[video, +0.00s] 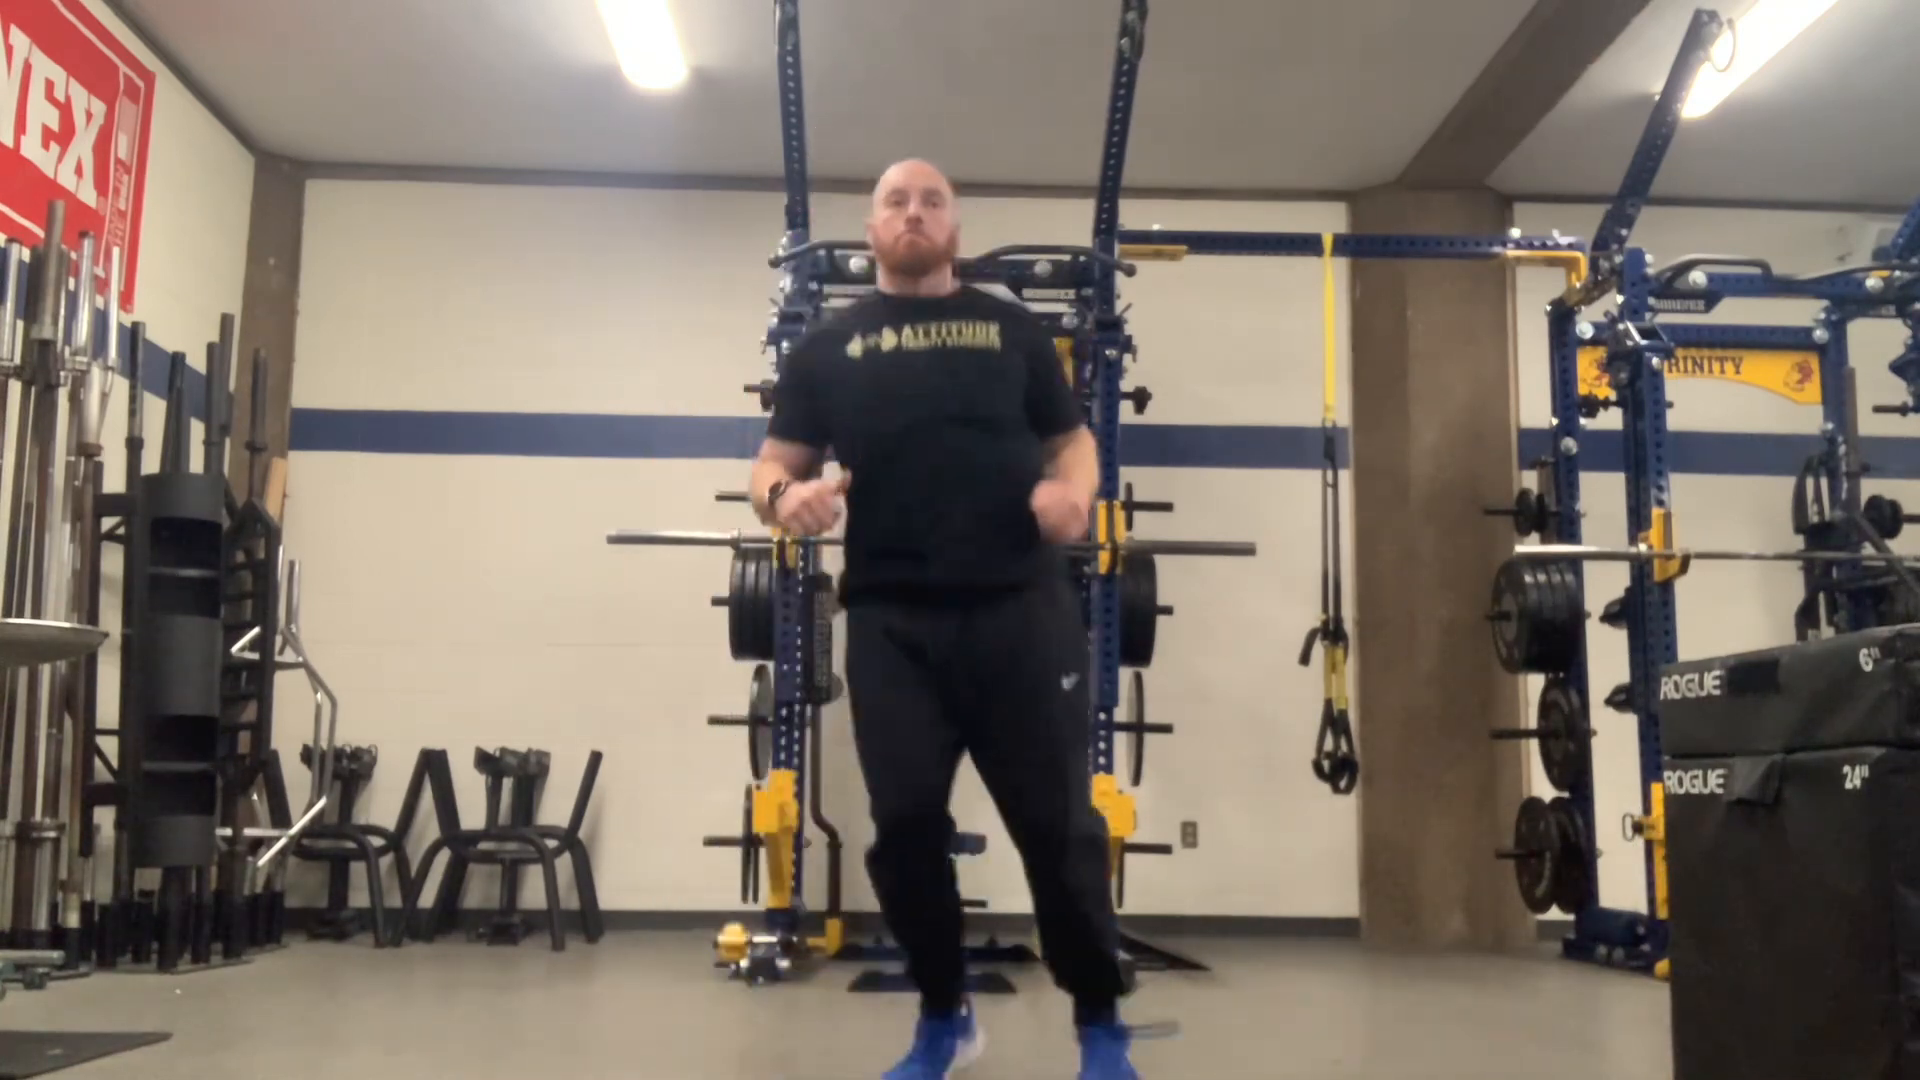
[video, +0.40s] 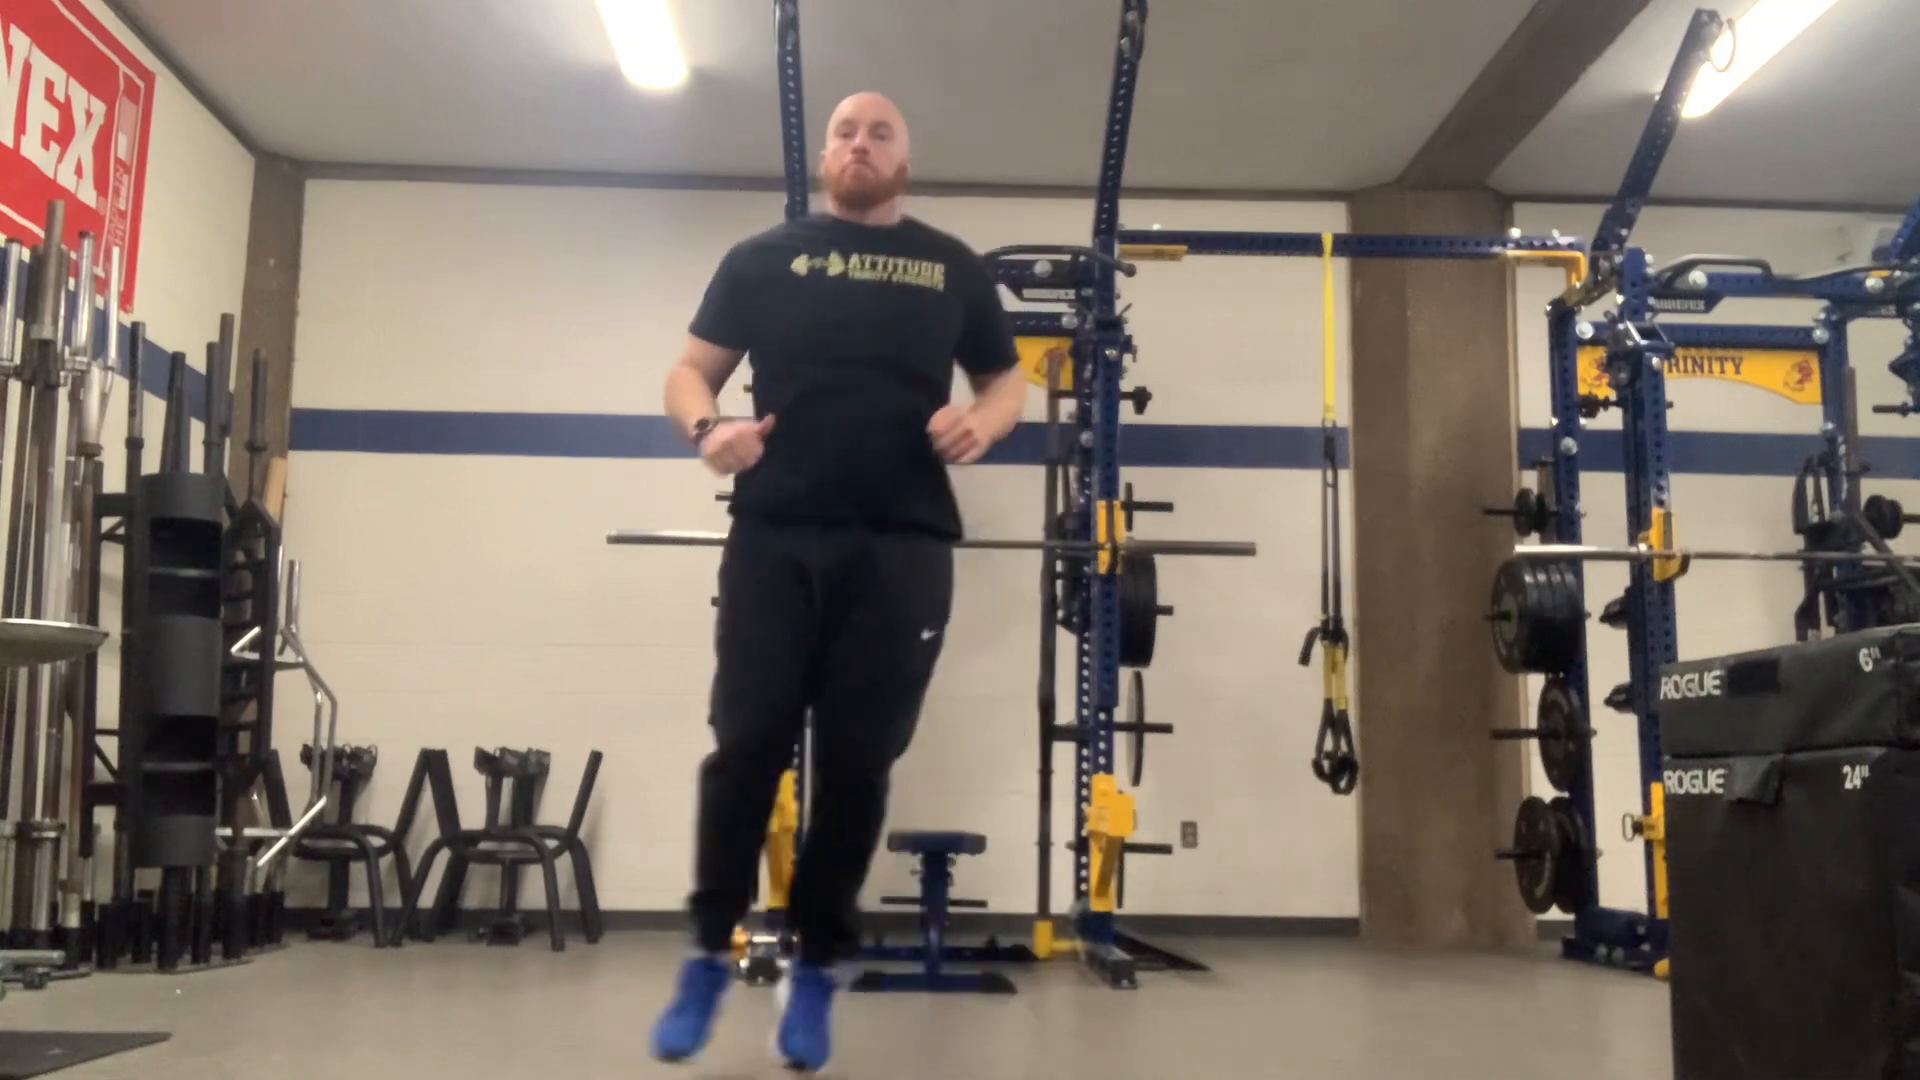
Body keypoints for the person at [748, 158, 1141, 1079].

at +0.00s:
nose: (913, 216)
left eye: (930, 204)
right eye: (896, 203)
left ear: (957, 230)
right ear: (868, 229)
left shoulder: (1014, 330)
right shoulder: (824, 349)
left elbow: (1074, 441)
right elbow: (773, 470)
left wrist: (1070, 484)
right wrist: (787, 497)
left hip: (1018, 616)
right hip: (891, 624)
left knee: (1057, 830)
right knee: (904, 830)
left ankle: (1099, 1030)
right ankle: (944, 1021)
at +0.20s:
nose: (914, 152)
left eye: (932, 142)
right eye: (898, 141)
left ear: (960, 174)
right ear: (870, 171)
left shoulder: (1000, 282)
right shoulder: (808, 271)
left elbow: (1055, 400)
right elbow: (744, 392)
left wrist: (1048, 432)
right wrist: (792, 407)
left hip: (965, 572)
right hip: (839, 573)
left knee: (1012, 785)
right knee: (866, 793)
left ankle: (1052, 998)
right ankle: (917, 1004)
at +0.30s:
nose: (887, 126)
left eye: (905, 116)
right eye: (871, 114)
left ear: (934, 144)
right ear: (845, 141)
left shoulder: (977, 245)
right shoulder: (787, 236)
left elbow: (1033, 365)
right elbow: (713, 357)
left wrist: (1020, 399)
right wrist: (755, 385)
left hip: (932, 532)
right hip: (807, 530)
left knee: (925, 747)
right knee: (811, 746)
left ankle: (925, 955)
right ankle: (828, 955)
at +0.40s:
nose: (860, 144)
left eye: (880, 135)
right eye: (846, 132)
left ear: (909, 167)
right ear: (819, 159)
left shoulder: (953, 266)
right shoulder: (761, 259)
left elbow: (1008, 386)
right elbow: (690, 377)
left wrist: (982, 421)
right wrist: (708, 430)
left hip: (900, 547)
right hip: (773, 540)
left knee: (856, 763)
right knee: (744, 748)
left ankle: (817, 968)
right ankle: (707, 956)